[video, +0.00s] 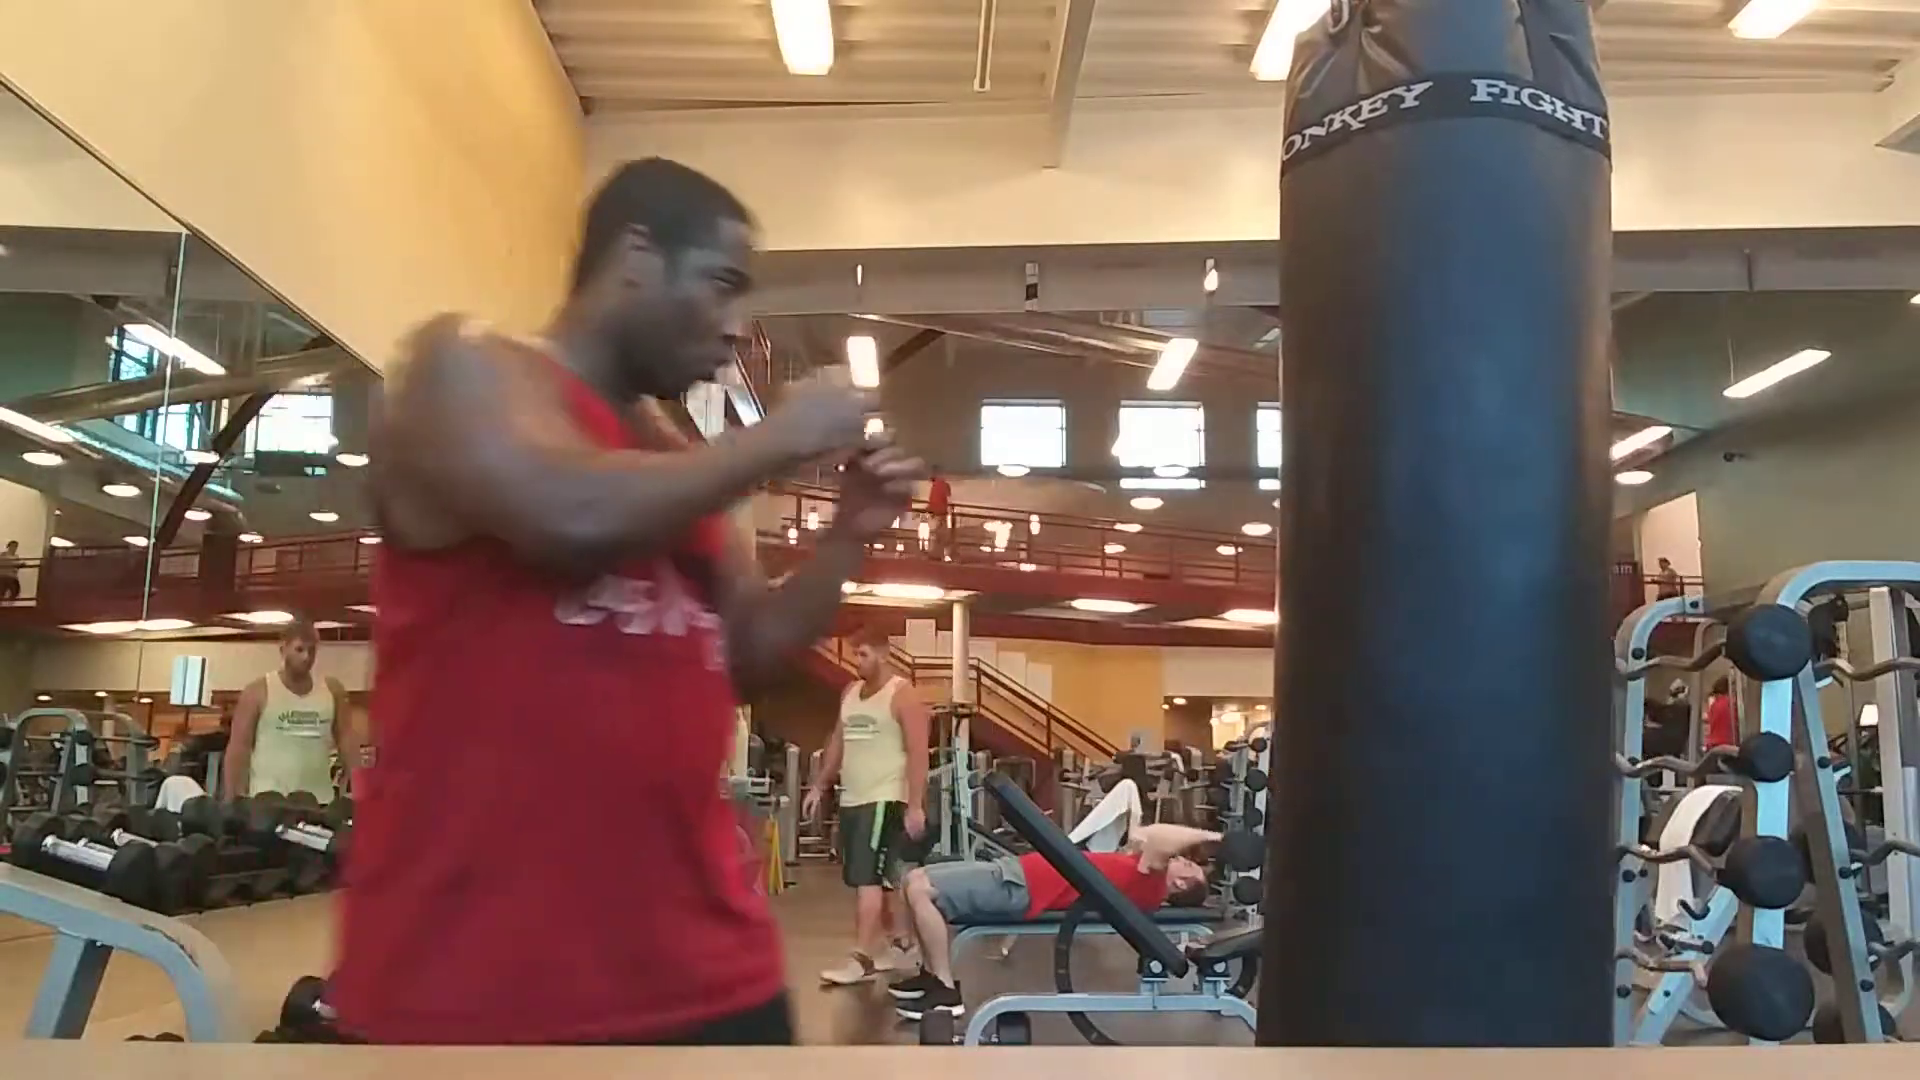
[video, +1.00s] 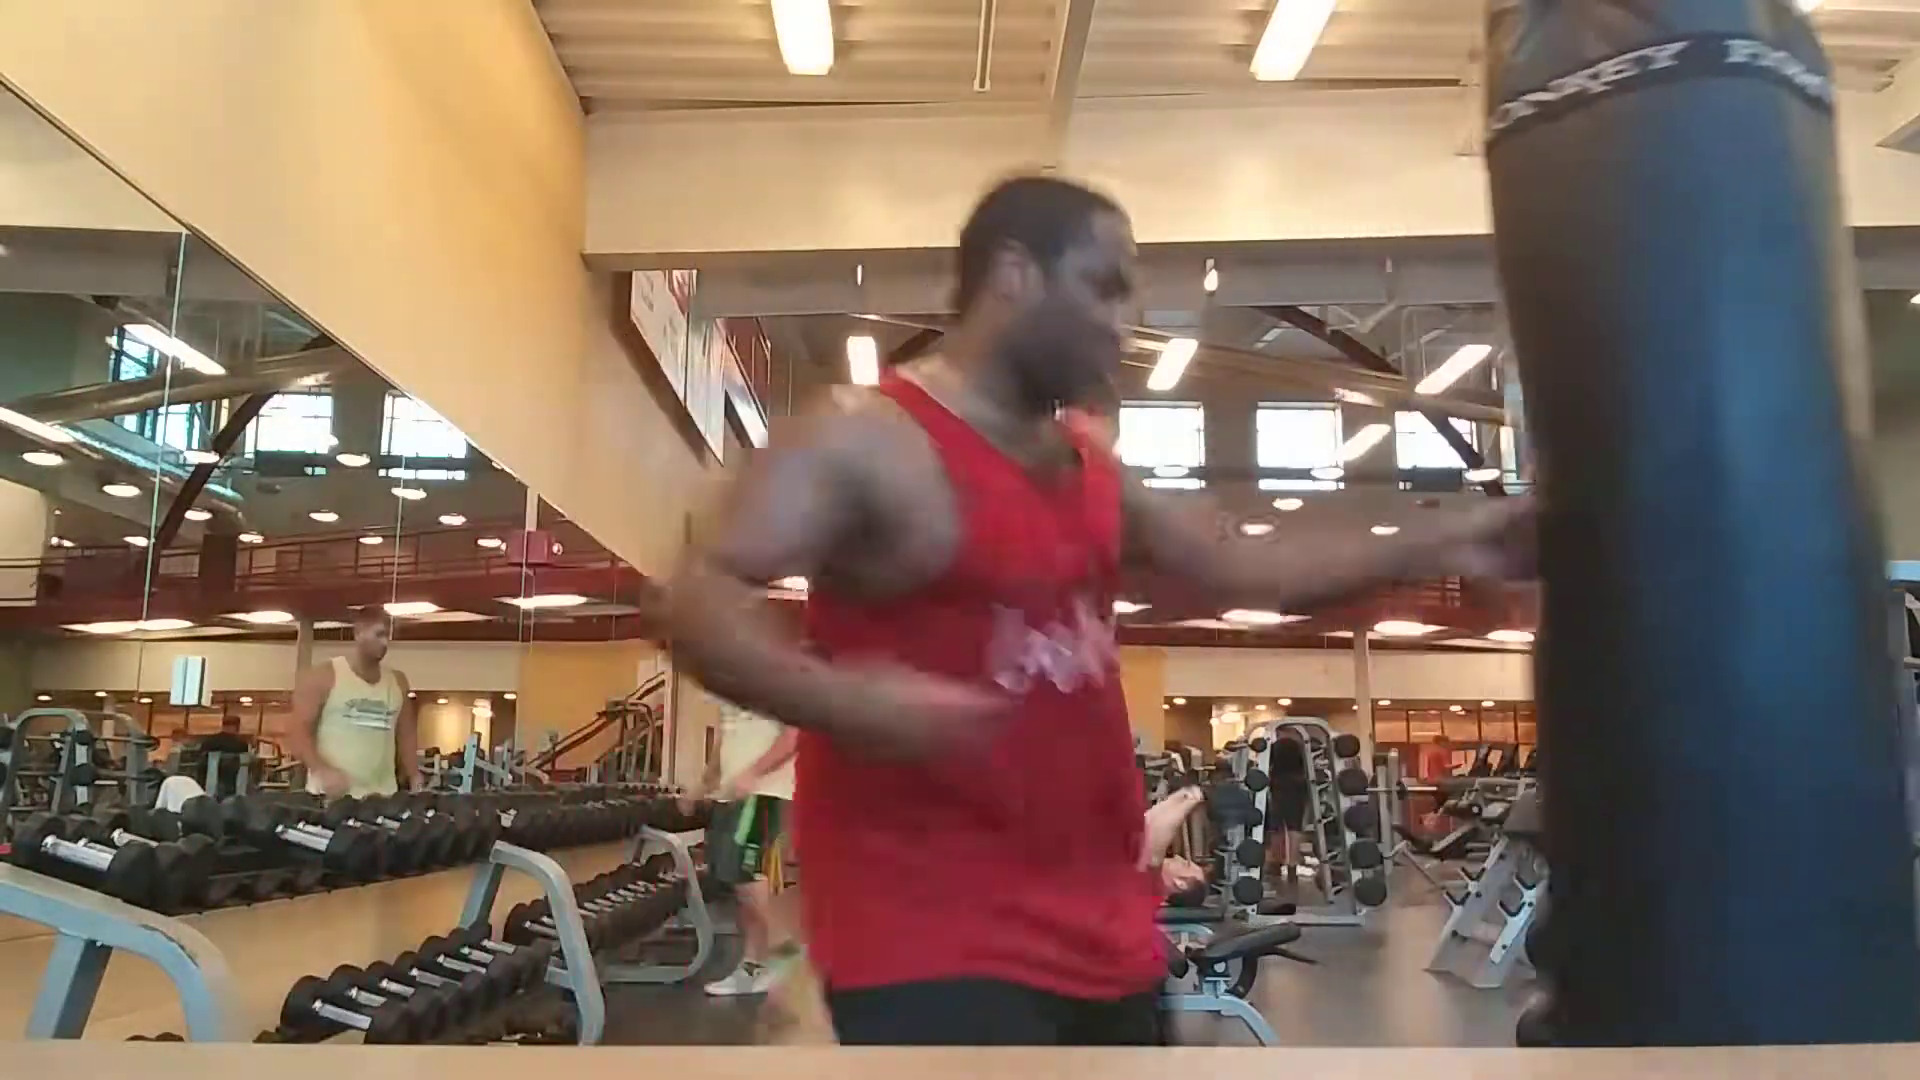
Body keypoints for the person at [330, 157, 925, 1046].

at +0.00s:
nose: (739, 327)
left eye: (745, 299)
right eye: (723, 285)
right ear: (635, 259)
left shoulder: (675, 452)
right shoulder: (466, 369)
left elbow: (750, 651)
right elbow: (564, 517)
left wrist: (847, 537)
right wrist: (773, 443)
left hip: (698, 978)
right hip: (489, 986)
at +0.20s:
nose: (825, 334)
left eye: (832, 306)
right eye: (810, 293)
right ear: (723, 267)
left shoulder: (748, 451)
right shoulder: (561, 361)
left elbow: (831, 650)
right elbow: (709, 521)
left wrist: (931, 513)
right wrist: (884, 431)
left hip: (786, 978)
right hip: (590, 995)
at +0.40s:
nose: (858, 350)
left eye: (864, 321)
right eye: (846, 308)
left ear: (764, 291)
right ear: (760, 286)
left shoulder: (768, 476)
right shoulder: (600, 384)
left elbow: (848, 666)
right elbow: (768, 545)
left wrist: (969, 583)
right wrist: (946, 452)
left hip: (840, 916)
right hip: (645, 956)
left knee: (979, 1030)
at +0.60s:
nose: (994, 367)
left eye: (999, 341)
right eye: (977, 330)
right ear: (881, 308)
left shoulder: (943, 510)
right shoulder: (736, 410)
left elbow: (1078, 648)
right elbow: (764, 523)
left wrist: (1253, 583)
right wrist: (999, 474)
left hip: (899, 949)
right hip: (708, 971)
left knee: (1034, 1054)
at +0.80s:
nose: (1091, 420)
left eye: (1097, 390)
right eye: (1079, 379)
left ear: (998, 355)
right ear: (997, 348)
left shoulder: (1008, 504)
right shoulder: (872, 437)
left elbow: (1098, 615)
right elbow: (1020, 598)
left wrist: (1228, 570)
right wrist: (1232, 571)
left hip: (984, 945)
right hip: (834, 951)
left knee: (1124, 1079)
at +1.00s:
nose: (1133, 324)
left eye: (1134, 299)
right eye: (1110, 288)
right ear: (1011, 275)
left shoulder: (1087, 472)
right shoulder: (860, 440)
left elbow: (1249, 560)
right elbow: (688, 598)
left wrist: (1462, 539)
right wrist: (856, 700)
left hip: (1105, 947)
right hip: (939, 957)